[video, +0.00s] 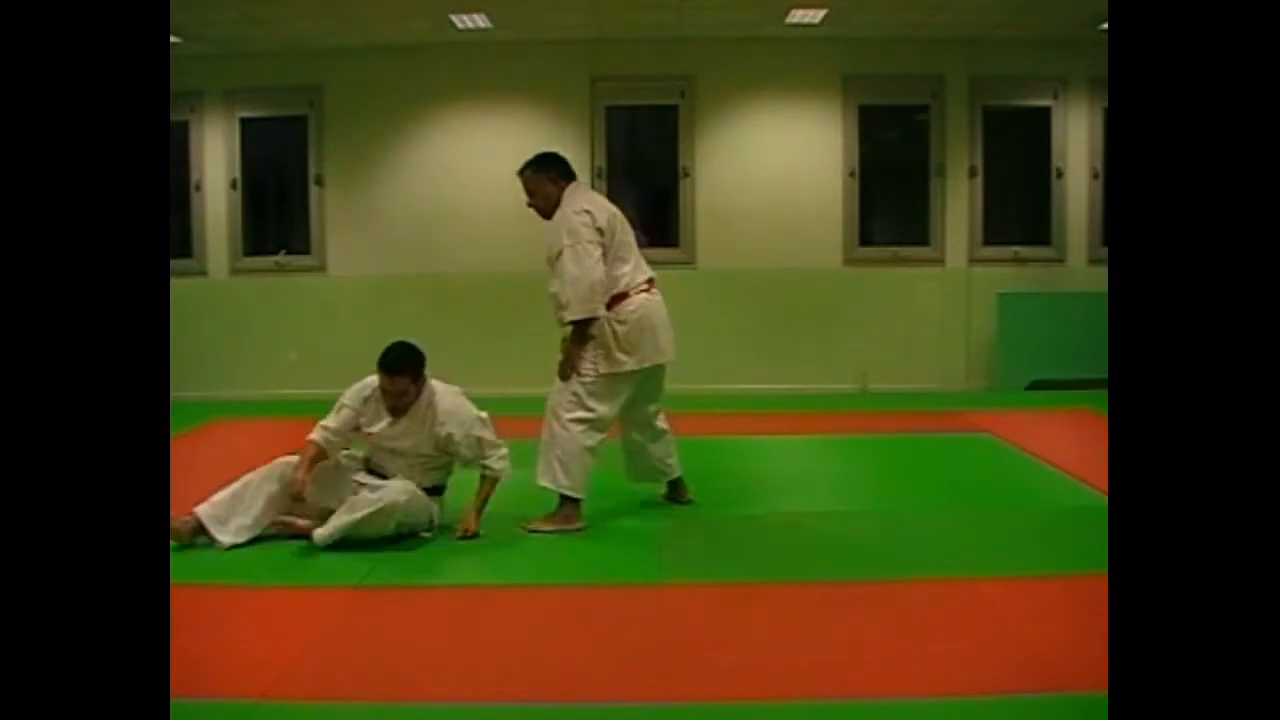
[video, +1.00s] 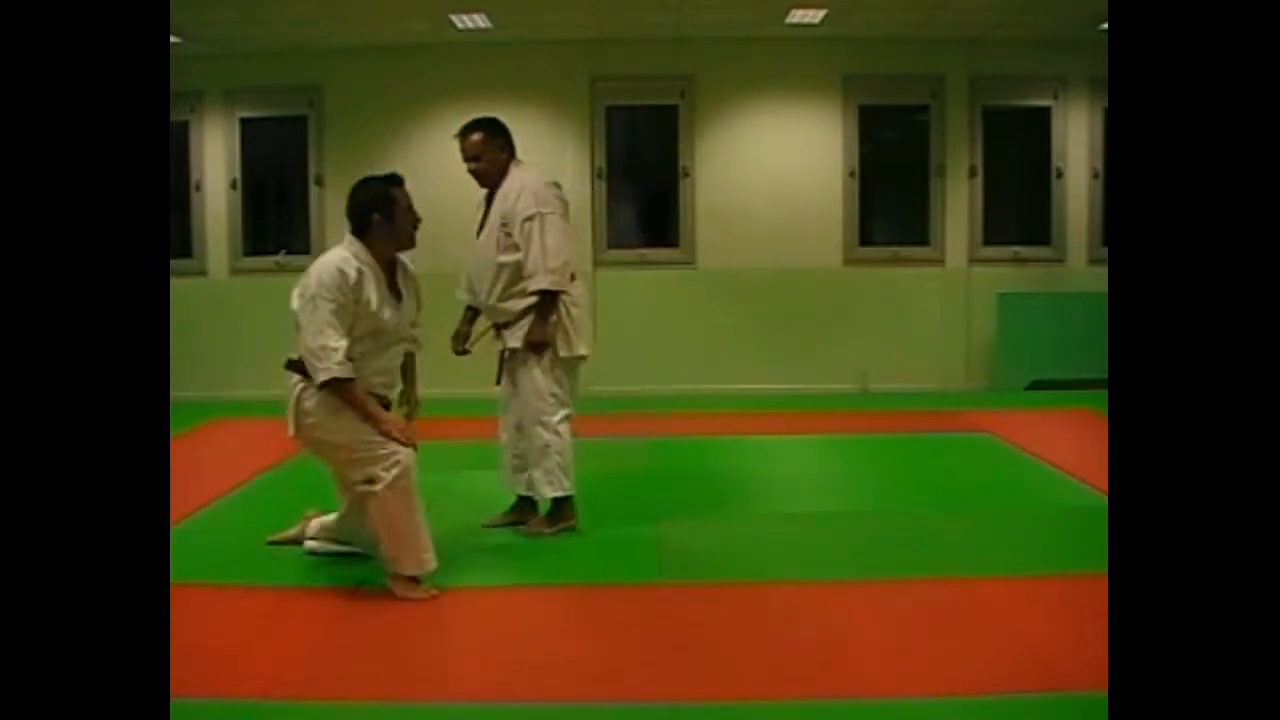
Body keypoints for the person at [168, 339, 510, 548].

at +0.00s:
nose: (390, 402)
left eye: (399, 395)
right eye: (385, 392)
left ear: (421, 384)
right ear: (378, 379)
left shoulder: (452, 410)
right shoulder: (370, 391)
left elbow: (497, 460)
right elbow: (330, 432)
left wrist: (474, 516)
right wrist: (303, 470)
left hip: (409, 496)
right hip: (362, 478)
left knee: (401, 499)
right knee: (285, 469)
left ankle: (317, 529)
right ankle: (198, 523)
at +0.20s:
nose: (385, 419)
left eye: (394, 412)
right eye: (378, 410)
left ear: (409, 399)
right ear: (364, 392)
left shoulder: (436, 416)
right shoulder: (343, 403)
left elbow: (469, 464)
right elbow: (304, 459)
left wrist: (473, 522)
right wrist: (316, 510)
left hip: (392, 498)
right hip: (340, 477)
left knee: (396, 531)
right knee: (265, 458)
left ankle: (316, 534)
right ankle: (187, 527)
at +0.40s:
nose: (427, 401)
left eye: (435, 393)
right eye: (421, 391)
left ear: (443, 385)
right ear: (397, 374)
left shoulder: (441, 410)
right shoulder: (362, 377)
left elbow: (459, 464)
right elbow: (307, 436)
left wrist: (472, 522)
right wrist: (342, 487)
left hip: (366, 478)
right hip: (315, 452)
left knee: (380, 540)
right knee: (229, 467)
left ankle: (315, 533)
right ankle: (186, 537)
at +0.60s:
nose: (449, 340)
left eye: (453, 331)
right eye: (443, 330)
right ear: (411, 322)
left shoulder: (432, 368)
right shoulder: (356, 332)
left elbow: (450, 438)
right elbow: (288, 374)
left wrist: (462, 508)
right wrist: (325, 416)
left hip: (355, 448)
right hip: (302, 419)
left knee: (374, 548)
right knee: (284, 454)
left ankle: (315, 531)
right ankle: (237, 548)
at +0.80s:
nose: (440, 289)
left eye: (441, 278)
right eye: (433, 279)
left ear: (406, 282)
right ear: (399, 281)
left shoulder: (425, 328)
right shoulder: (341, 307)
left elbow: (436, 393)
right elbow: (286, 365)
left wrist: (436, 456)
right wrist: (346, 408)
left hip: (359, 428)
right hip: (304, 417)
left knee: (373, 543)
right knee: (362, 440)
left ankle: (311, 530)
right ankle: (394, 562)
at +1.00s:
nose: (418, 219)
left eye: (414, 210)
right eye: (409, 212)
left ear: (381, 221)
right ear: (380, 221)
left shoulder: (402, 271)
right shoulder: (332, 272)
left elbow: (407, 341)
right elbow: (328, 368)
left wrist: (410, 395)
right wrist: (381, 418)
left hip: (371, 401)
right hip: (323, 402)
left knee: (368, 526)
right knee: (394, 460)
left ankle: (320, 531)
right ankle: (406, 572)